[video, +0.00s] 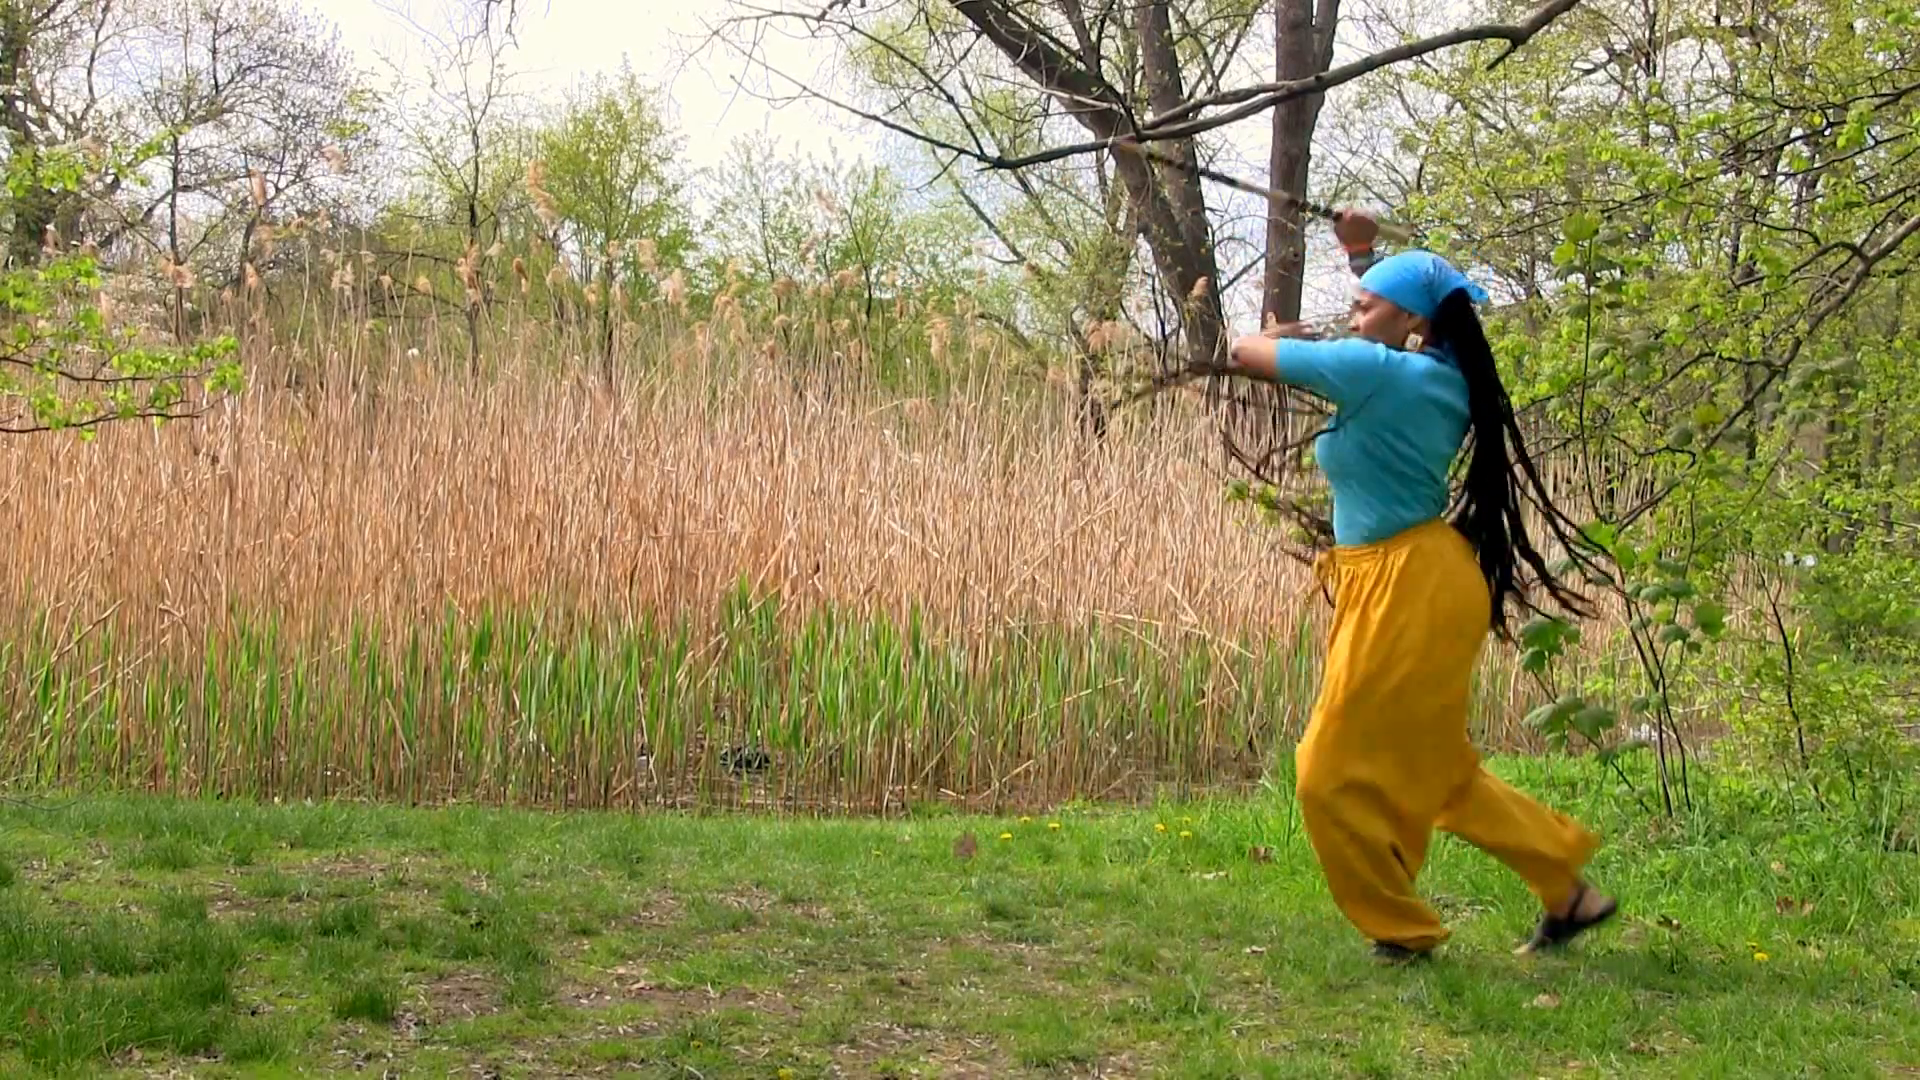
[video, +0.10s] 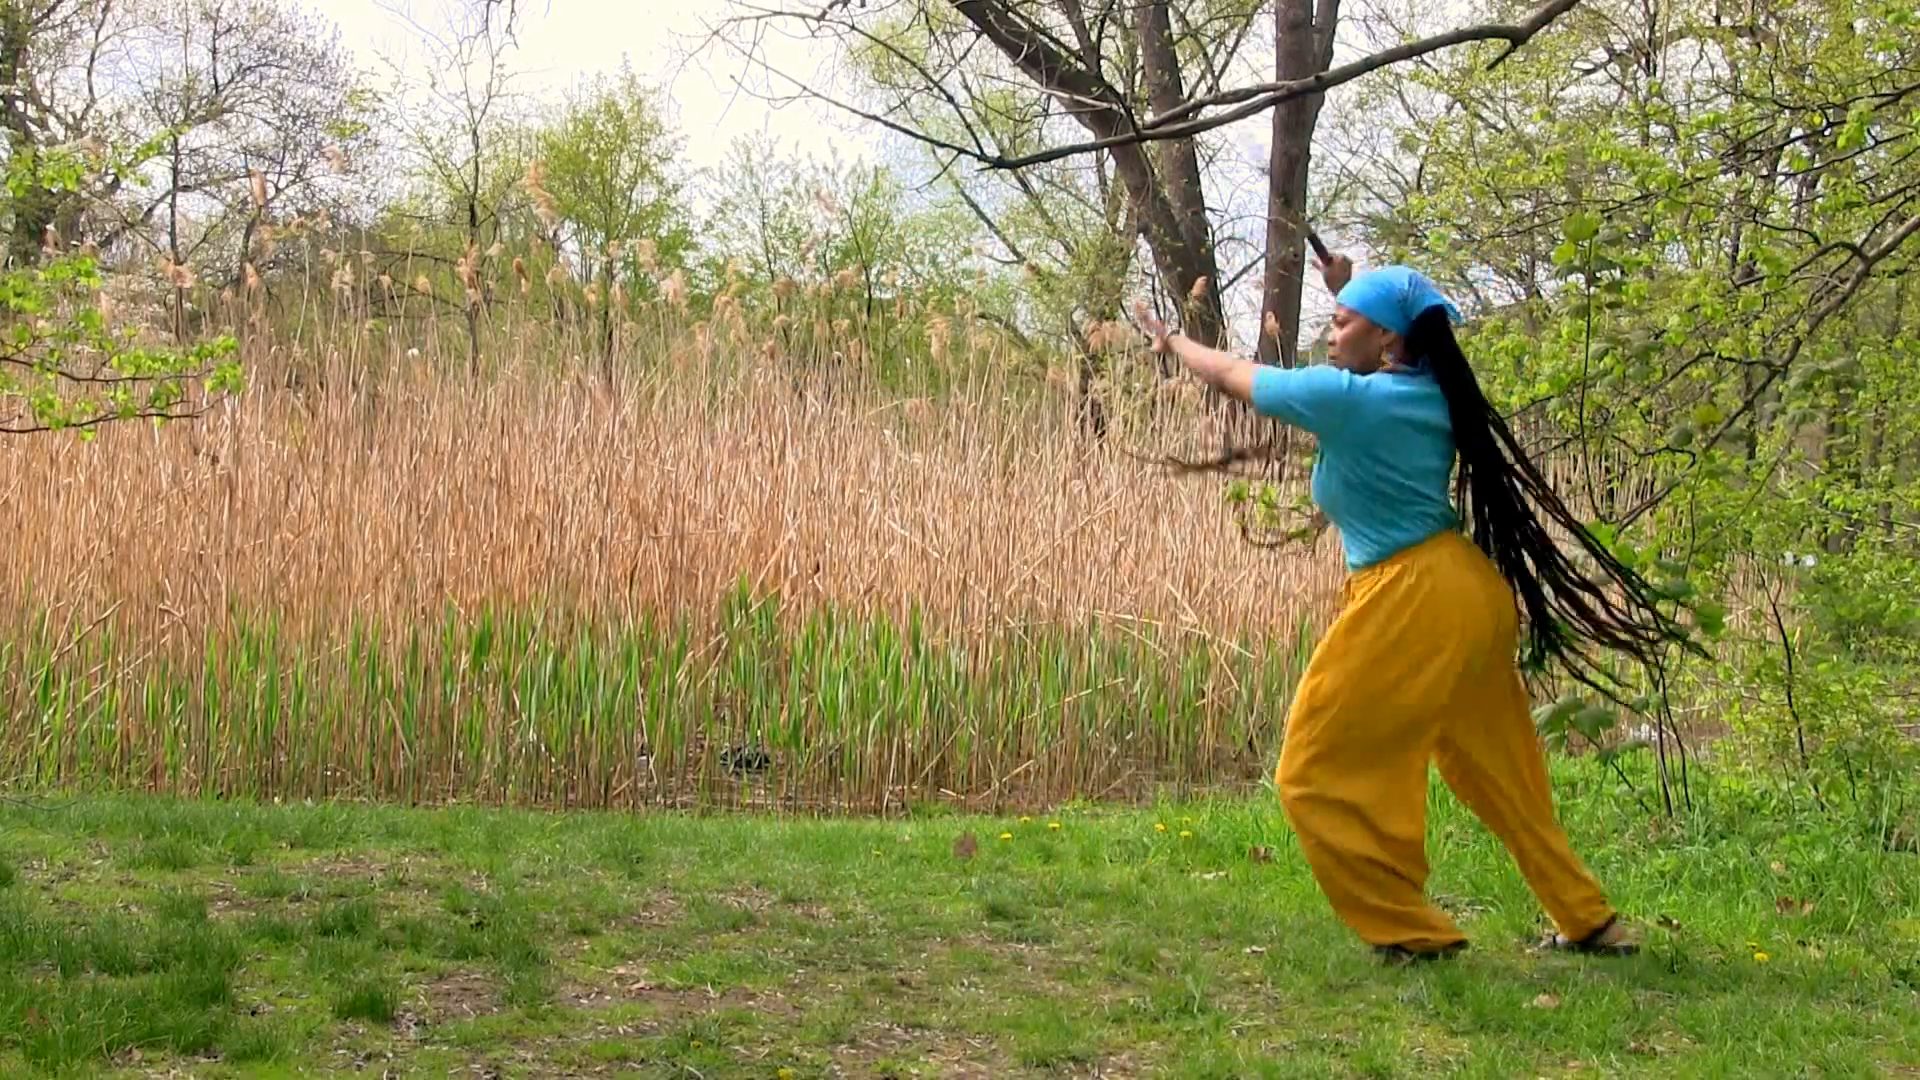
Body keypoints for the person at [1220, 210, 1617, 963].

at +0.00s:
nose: (1358, 308)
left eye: (1373, 301)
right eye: (1360, 298)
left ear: (1413, 318)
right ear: (1424, 323)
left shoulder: (1371, 369)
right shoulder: (1450, 384)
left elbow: (1247, 353)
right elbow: (1407, 328)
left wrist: (1280, 331)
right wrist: (1362, 254)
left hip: (1401, 582)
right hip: (1439, 570)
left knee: (1326, 771)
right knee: (1433, 767)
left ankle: (1403, 934)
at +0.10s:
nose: (1335, 328)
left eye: (1347, 320)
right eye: (1337, 318)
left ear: (1389, 340)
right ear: (1397, 343)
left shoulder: (1345, 396)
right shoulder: (1436, 396)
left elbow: (1238, 378)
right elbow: (1405, 351)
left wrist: (1173, 342)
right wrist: (1349, 294)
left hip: (1408, 596)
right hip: (1473, 584)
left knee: (1311, 771)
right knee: (1497, 761)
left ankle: (1411, 931)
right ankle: (1588, 919)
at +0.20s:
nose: (1310, 319)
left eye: (1323, 307)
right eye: (1313, 305)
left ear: (1367, 321)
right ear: (1378, 324)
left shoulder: (1330, 382)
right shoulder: (1419, 379)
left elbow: (1219, 411)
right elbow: (1328, 392)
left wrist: (1173, 402)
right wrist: (1304, 336)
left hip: (1398, 577)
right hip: (1468, 569)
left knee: (1318, 768)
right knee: (1455, 755)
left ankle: (1412, 928)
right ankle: (1543, 873)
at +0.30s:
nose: (1296, 312)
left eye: (1309, 300)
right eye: (1299, 298)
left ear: (1353, 314)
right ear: (1357, 315)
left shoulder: (1330, 378)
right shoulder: (1392, 369)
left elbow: (1219, 439)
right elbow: (1286, 455)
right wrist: (1234, 353)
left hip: (1383, 567)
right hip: (1444, 559)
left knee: (1319, 764)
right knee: (1382, 728)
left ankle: (1414, 930)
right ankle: (1436, 851)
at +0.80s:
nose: (1262, 298)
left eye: (1274, 289)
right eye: (1266, 288)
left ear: (1310, 301)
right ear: (1320, 306)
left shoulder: (1297, 347)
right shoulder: (1323, 367)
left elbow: (1182, 404)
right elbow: (1285, 501)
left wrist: (1239, 410)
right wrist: (1187, 517)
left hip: (1312, 561)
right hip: (1290, 560)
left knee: (1281, 750)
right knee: (1225, 705)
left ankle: (1409, 920)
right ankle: (1231, 890)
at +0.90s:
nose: (1249, 301)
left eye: (1259, 291)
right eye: (1253, 290)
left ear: (1292, 303)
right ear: (1314, 307)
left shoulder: (1266, 348)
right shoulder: (1348, 356)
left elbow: (1159, 420)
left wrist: (1119, 431)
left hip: (1318, 553)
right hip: (1390, 555)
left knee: (1226, 727)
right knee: (1322, 731)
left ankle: (1360, 873)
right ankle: (1410, 856)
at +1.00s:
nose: (1219, 366)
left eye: (1231, 355)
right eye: (1224, 353)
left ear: (1265, 362)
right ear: (1297, 363)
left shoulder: (1234, 409)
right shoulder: (1346, 402)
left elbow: (1103, 462)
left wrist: (994, 499)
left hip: (1325, 581)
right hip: (1411, 583)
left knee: (1193, 707)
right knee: (1380, 758)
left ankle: (1205, 910)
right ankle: (1493, 911)